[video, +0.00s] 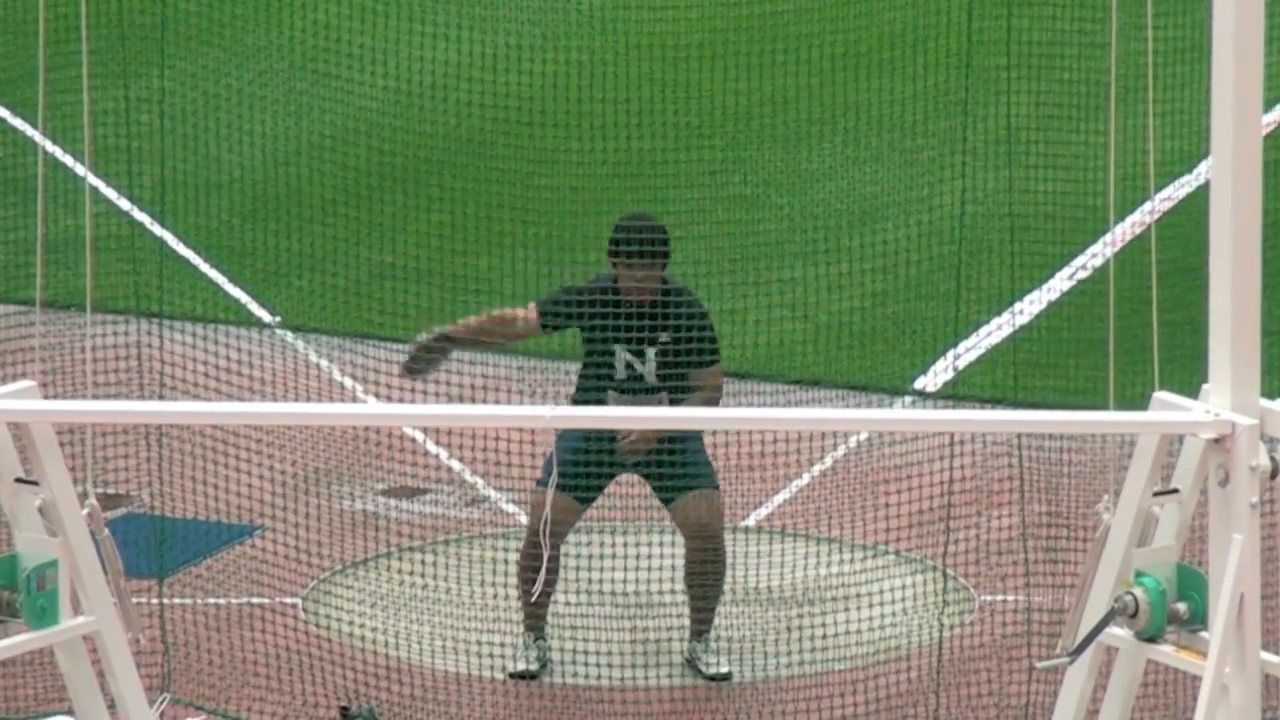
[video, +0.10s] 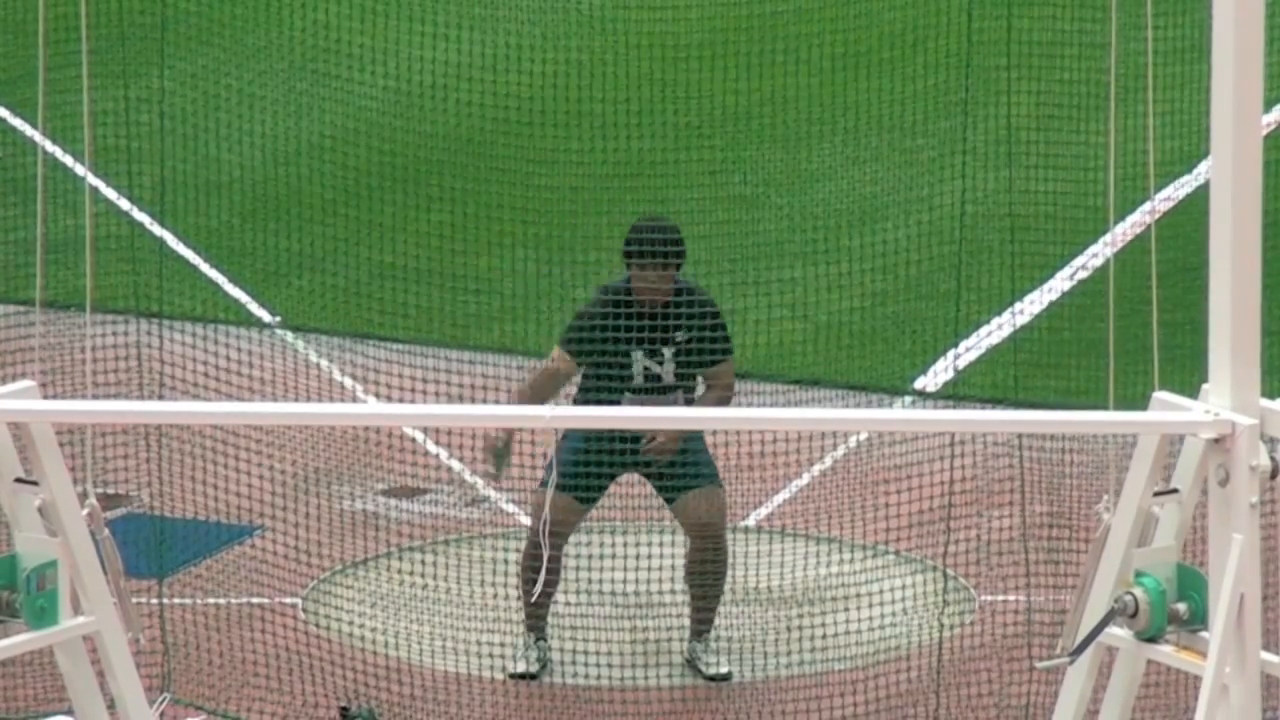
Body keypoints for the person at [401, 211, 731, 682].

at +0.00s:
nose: (640, 277)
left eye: (649, 266)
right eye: (630, 266)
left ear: (664, 265)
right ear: (614, 263)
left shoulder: (687, 313)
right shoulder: (594, 299)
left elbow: (710, 391)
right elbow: (520, 322)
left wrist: (658, 428)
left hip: (671, 431)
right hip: (595, 427)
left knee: (707, 526)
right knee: (544, 525)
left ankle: (701, 642)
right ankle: (534, 640)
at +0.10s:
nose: (656, 279)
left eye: (665, 269)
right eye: (646, 269)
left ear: (678, 268)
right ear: (630, 268)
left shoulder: (699, 311)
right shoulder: (604, 309)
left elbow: (722, 387)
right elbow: (554, 373)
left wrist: (681, 427)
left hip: (671, 431)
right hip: (599, 429)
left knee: (710, 525)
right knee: (549, 524)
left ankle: (700, 642)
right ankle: (534, 639)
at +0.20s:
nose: (667, 281)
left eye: (677, 271)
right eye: (657, 270)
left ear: (691, 269)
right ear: (642, 268)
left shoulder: (711, 309)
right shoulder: (620, 310)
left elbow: (729, 379)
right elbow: (610, 401)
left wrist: (706, 425)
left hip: (669, 429)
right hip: (605, 425)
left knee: (711, 523)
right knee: (552, 528)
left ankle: (700, 642)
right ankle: (534, 640)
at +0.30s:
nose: (674, 278)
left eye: (684, 268)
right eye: (665, 267)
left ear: (699, 266)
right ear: (651, 265)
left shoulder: (714, 302)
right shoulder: (633, 310)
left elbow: (731, 369)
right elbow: (661, 402)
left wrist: (738, 427)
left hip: (663, 431)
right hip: (601, 431)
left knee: (711, 520)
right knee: (559, 531)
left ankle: (700, 642)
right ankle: (534, 640)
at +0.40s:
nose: (678, 270)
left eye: (688, 259)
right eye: (668, 260)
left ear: (705, 260)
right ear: (654, 260)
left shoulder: (716, 295)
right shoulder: (645, 302)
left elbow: (726, 360)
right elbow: (686, 377)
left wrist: (760, 393)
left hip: (665, 427)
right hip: (602, 427)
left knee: (712, 523)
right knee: (561, 536)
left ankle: (699, 643)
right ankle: (533, 639)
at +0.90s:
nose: (635, 289)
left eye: (645, 279)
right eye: (627, 279)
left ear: (665, 275)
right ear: (617, 278)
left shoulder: (690, 306)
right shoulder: (607, 319)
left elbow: (732, 362)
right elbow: (637, 403)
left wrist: (731, 434)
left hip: (654, 436)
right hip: (591, 438)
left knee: (706, 519)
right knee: (541, 529)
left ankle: (698, 644)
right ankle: (533, 640)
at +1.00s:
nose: (608, 300)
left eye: (618, 291)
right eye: (601, 290)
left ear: (641, 288)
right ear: (592, 288)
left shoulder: (674, 317)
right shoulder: (580, 332)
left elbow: (730, 364)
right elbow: (579, 415)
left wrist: (725, 428)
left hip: (659, 442)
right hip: (587, 443)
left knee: (707, 525)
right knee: (532, 525)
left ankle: (698, 644)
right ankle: (533, 641)